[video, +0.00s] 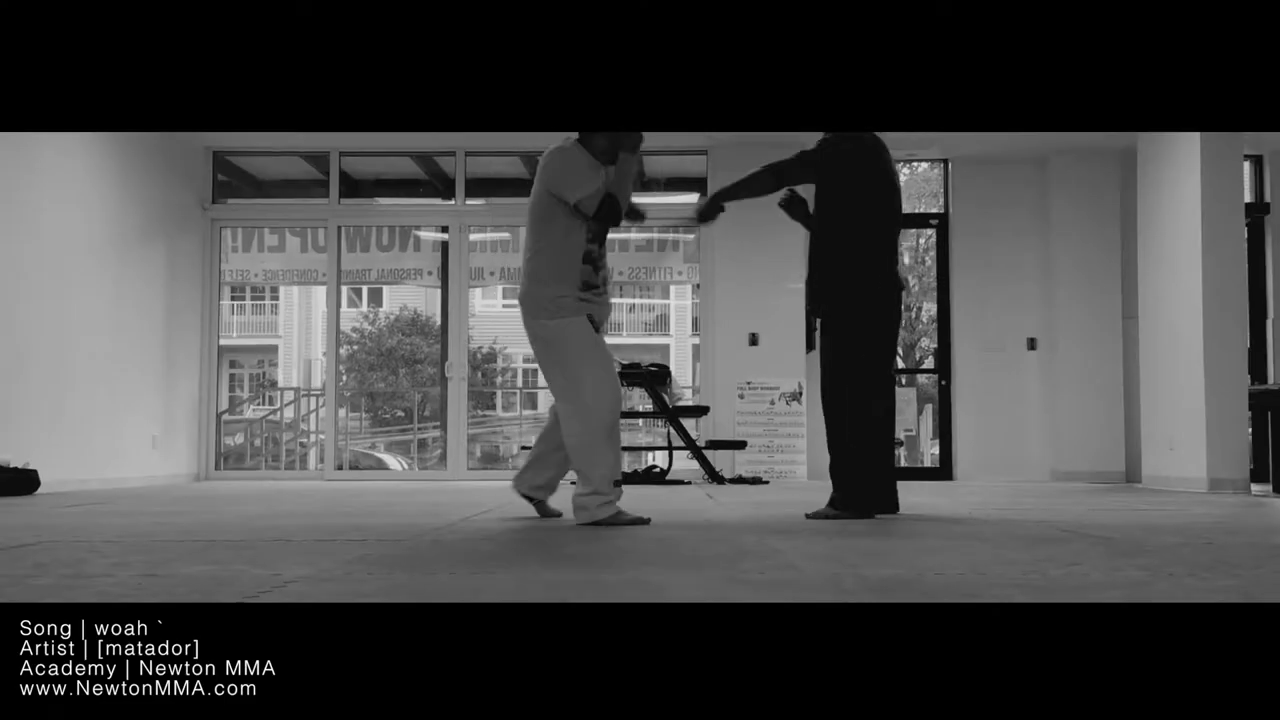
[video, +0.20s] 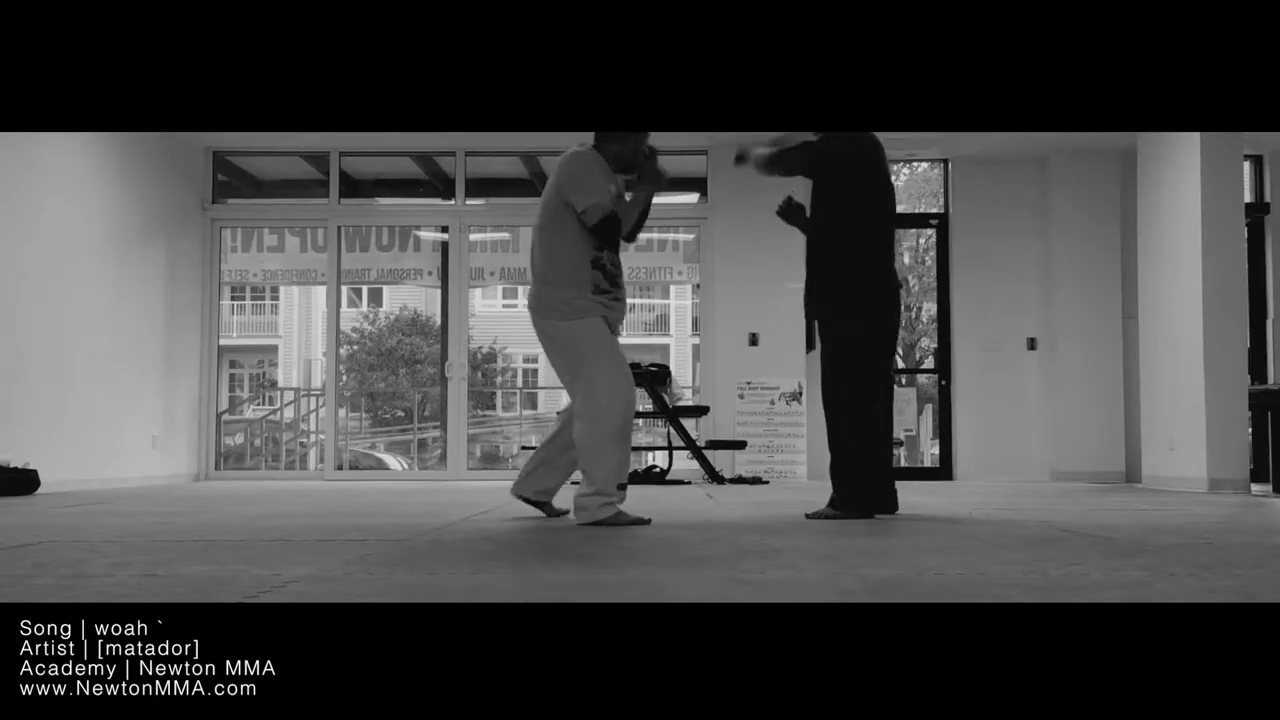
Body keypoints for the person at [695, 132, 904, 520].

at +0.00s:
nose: (818, 143)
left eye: (822, 139)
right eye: (821, 142)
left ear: (832, 133)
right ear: (862, 129)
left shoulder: (845, 150)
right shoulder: (873, 158)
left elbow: (778, 174)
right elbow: (844, 236)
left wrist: (719, 198)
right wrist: (805, 216)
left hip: (851, 299)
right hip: (875, 296)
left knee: (845, 395)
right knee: (870, 394)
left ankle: (852, 499)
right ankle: (878, 496)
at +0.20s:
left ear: (826, 129)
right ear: (859, 126)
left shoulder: (838, 148)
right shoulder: (866, 155)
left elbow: (779, 162)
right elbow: (843, 236)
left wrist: (752, 155)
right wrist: (801, 220)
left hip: (850, 300)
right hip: (872, 297)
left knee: (845, 397)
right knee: (869, 396)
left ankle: (851, 500)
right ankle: (877, 496)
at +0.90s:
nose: (808, 137)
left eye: (810, 133)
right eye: (808, 135)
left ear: (826, 127)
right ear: (839, 126)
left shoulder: (858, 152)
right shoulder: (842, 159)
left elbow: (811, 188)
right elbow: (815, 232)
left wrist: (758, 160)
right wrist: (763, 215)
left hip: (854, 300)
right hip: (843, 299)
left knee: (847, 398)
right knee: (849, 398)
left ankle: (852, 499)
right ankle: (864, 491)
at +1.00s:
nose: (808, 136)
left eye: (812, 133)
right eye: (809, 134)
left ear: (826, 128)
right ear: (840, 127)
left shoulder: (852, 151)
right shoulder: (848, 158)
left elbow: (797, 185)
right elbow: (820, 234)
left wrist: (736, 158)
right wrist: (770, 213)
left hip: (854, 299)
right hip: (849, 298)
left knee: (843, 394)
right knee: (848, 394)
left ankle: (853, 499)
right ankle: (858, 489)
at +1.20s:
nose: (812, 140)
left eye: (814, 136)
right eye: (813, 137)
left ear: (826, 133)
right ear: (842, 130)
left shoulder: (851, 154)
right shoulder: (852, 165)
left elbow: (783, 161)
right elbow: (818, 235)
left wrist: (735, 148)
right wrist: (781, 201)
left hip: (851, 304)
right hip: (849, 303)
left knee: (848, 400)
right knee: (849, 401)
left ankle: (854, 500)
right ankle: (855, 499)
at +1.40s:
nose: (795, 146)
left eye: (797, 138)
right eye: (794, 140)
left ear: (814, 134)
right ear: (832, 134)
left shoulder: (841, 159)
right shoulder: (842, 173)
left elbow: (778, 171)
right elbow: (815, 257)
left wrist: (719, 176)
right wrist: (787, 230)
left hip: (841, 308)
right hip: (850, 307)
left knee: (836, 400)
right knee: (846, 400)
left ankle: (838, 498)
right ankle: (858, 495)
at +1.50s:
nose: (792, 148)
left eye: (793, 141)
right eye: (791, 144)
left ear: (808, 138)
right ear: (830, 134)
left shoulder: (845, 160)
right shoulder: (833, 181)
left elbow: (786, 167)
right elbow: (814, 262)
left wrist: (728, 169)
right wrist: (788, 233)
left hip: (848, 312)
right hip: (842, 312)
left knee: (841, 403)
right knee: (843, 404)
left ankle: (841, 498)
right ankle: (849, 496)